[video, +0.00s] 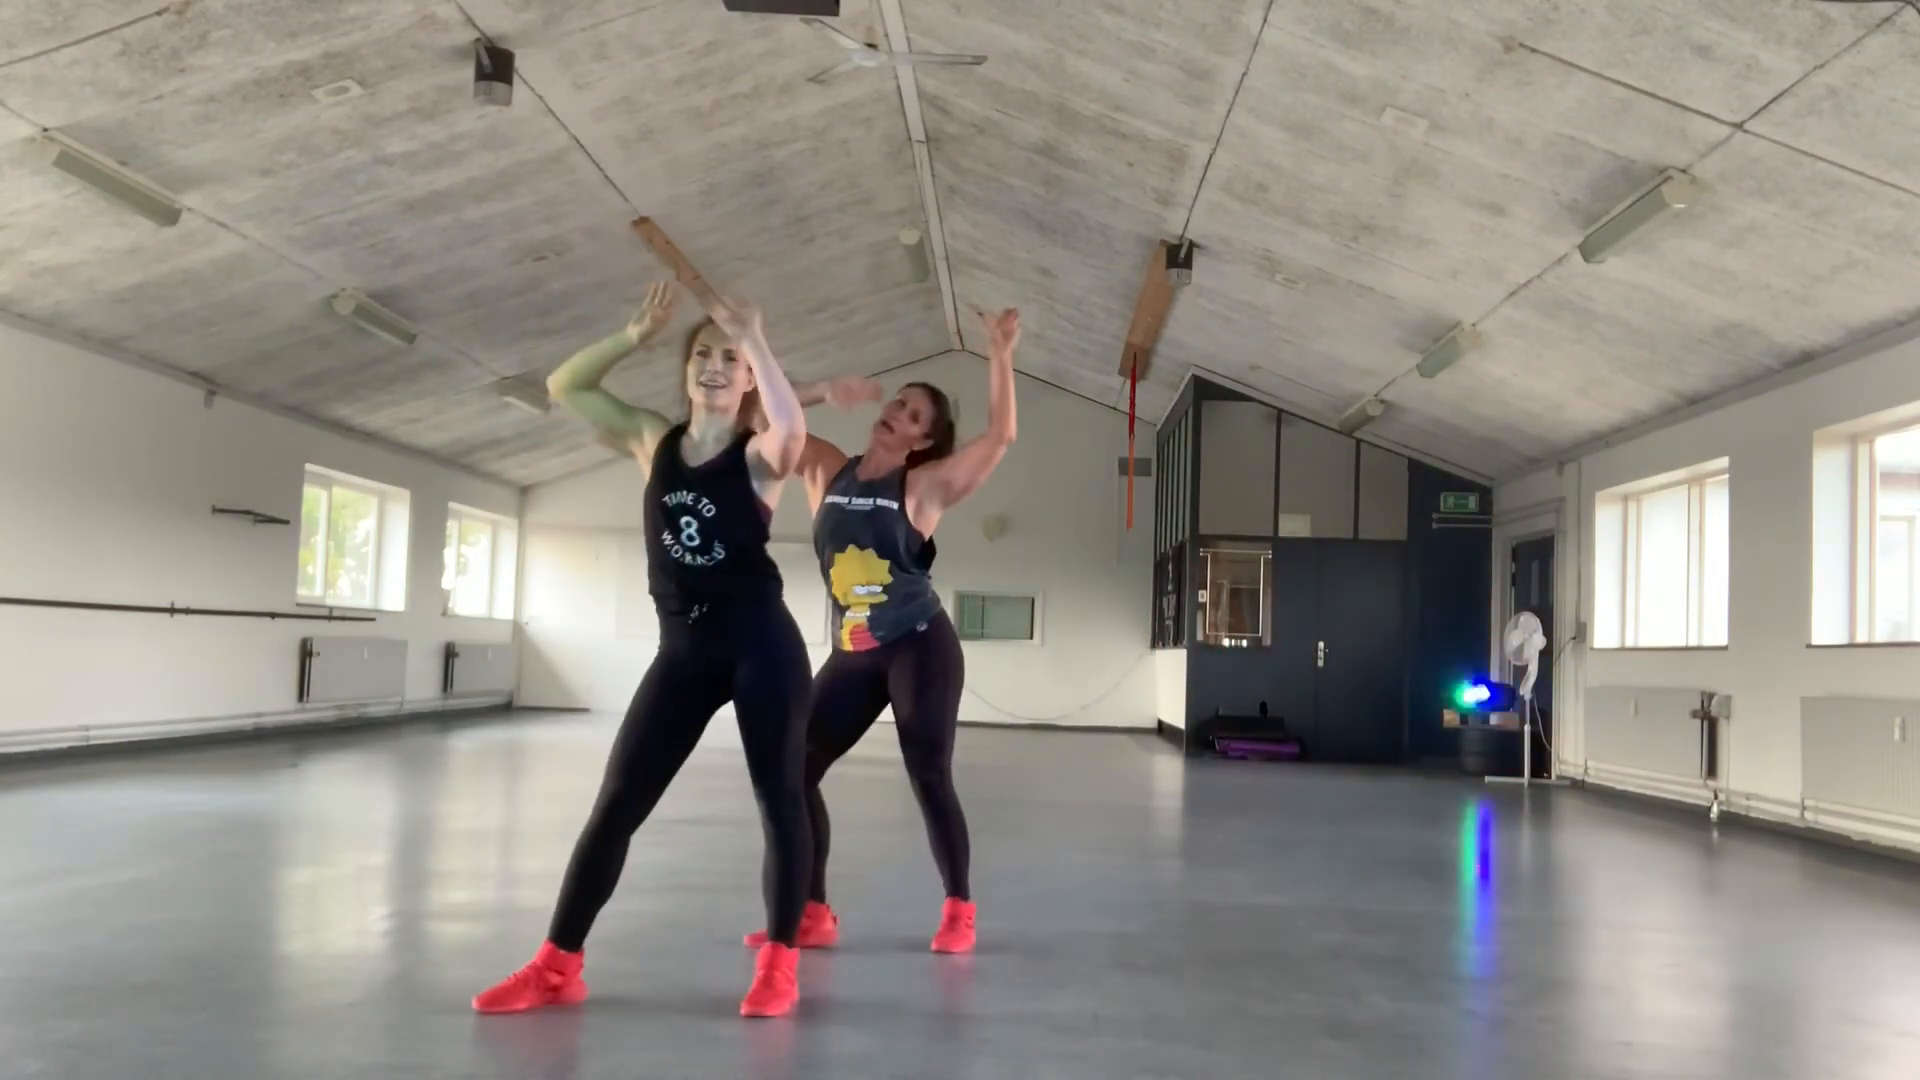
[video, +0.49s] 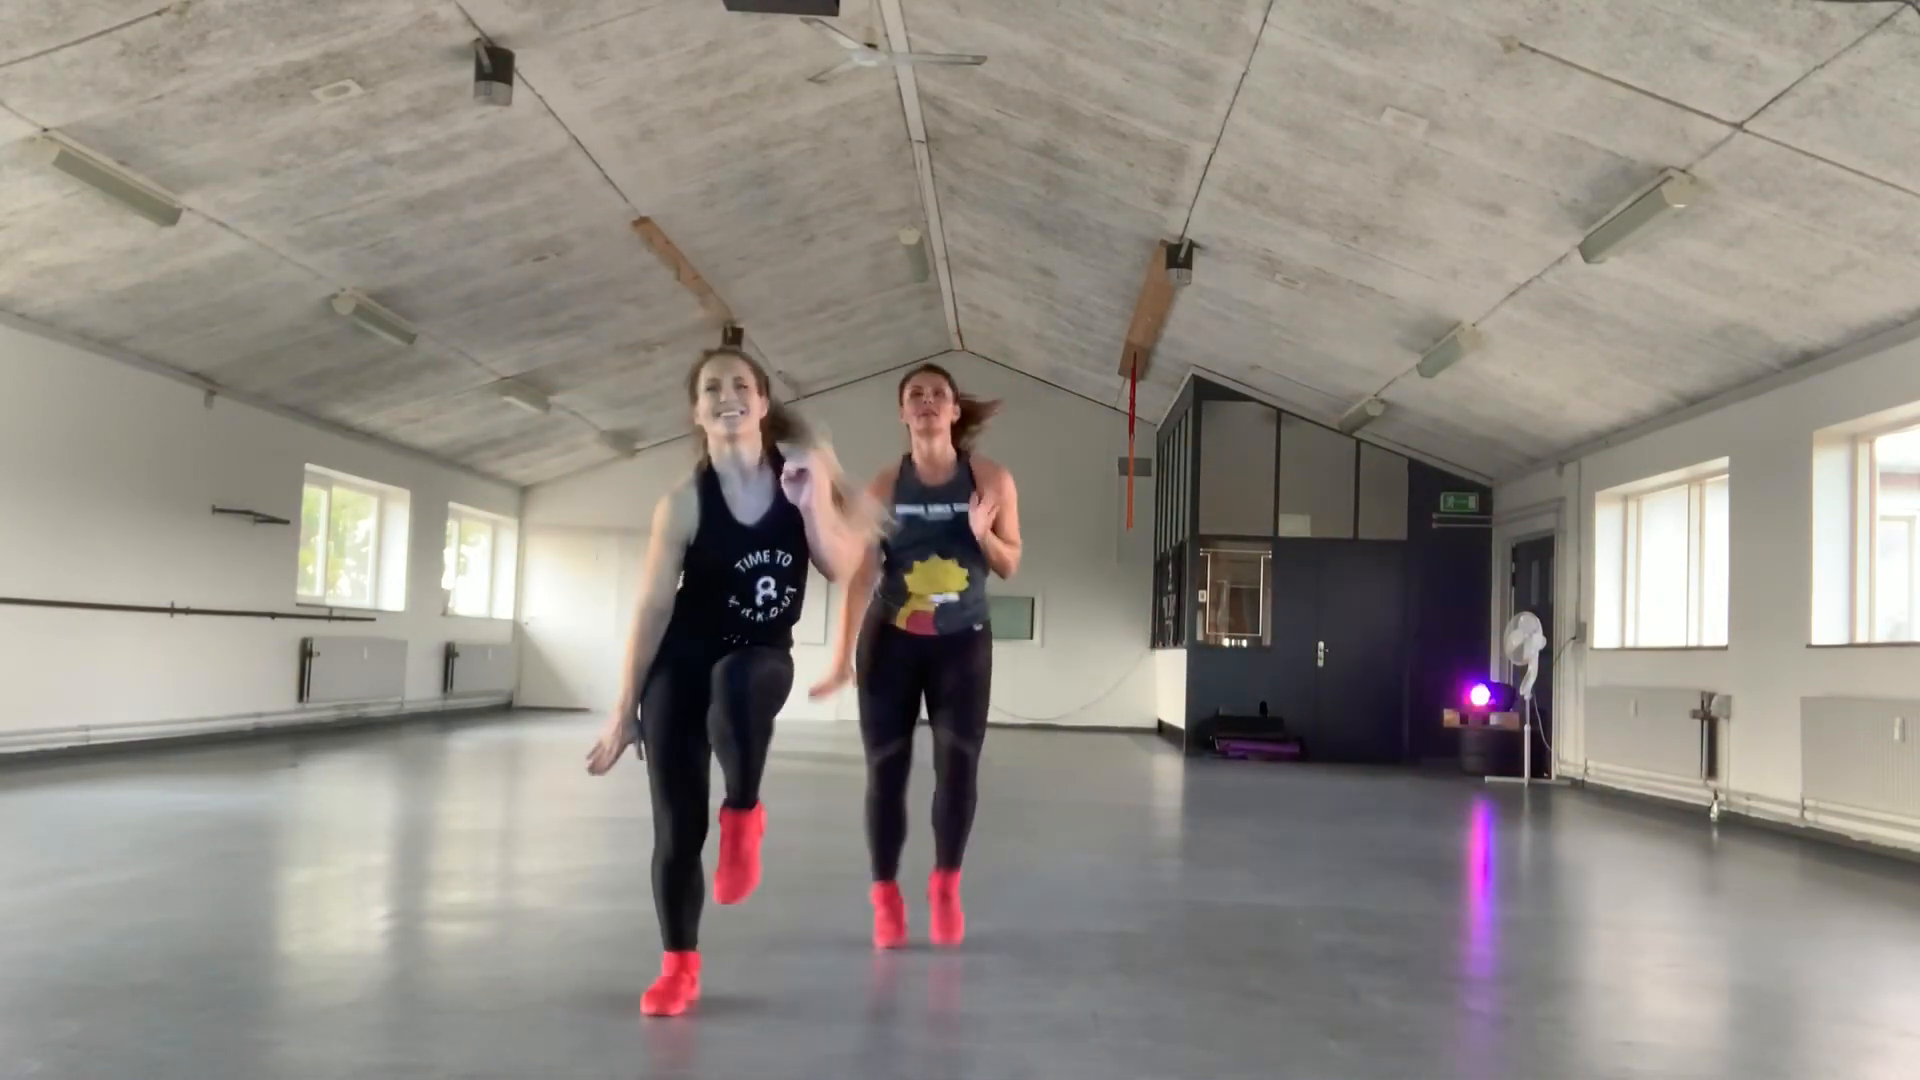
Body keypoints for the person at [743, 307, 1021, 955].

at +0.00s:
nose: (897, 412)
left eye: (913, 414)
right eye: (897, 402)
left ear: (925, 441)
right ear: (881, 412)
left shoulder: (925, 487)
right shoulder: (827, 467)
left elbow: (998, 437)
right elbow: (755, 418)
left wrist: (1001, 354)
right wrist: (821, 393)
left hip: (920, 644)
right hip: (854, 655)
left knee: (928, 771)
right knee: (795, 768)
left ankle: (959, 905)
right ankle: (811, 906)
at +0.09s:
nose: (905, 406)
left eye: (921, 406)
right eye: (904, 395)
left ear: (934, 431)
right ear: (887, 405)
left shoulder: (940, 482)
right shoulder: (838, 466)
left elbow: (1014, 438)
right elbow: (774, 429)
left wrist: (1025, 362)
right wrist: (836, 410)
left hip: (921, 643)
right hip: (853, 647)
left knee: (927, 774)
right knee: (798, 766)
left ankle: (957, 905)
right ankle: (811, 907)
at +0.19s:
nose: (917, 395)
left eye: (931, 392)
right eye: (911, 385)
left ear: (944, 415)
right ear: (893, 396)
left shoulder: (951, 466)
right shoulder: (853, 456)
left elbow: (1011, 445)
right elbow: (800, 426)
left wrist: (1023, 426)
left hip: (929, 640)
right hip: (859, 641)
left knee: (932, 771)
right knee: (827, 768)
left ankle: (951, 903)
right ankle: (813, 905)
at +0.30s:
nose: (917, 393)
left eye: (926, 385)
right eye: (906, 385)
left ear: (944, 402)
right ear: (889, 402)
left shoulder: (965, 467)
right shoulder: (865, 462)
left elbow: (1055, 476)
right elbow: (792, 459)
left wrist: (992, 501)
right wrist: (834, 484)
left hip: (944, 645)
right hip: (872, 644)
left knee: (938, 775)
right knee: (850, 773)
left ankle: (946, 907)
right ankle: (820, 905)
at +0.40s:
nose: (917, 394)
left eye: (926, 386)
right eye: (905, 388)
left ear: (946, 401)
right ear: (891, 408)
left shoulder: (979, 472)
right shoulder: (873, 473)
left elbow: (1049, 533)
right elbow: (819, 515)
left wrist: (985, 538)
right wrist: (828, 510)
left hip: (957, 647)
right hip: (884, 644)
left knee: (944, 774)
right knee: (858, 766)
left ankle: (946, 907)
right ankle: (839, 902)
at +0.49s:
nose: (927, 403)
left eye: (937, 395)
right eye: (916, 396)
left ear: (956, 409)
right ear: (901, 412)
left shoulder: (991, 479)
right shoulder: (883, 485)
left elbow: (1010, 565)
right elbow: (859, 574)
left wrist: (984, 534)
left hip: (961, 645)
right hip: (890, 643)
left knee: (958, 762)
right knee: (887, 769)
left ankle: (946, 884)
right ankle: (885, 890)